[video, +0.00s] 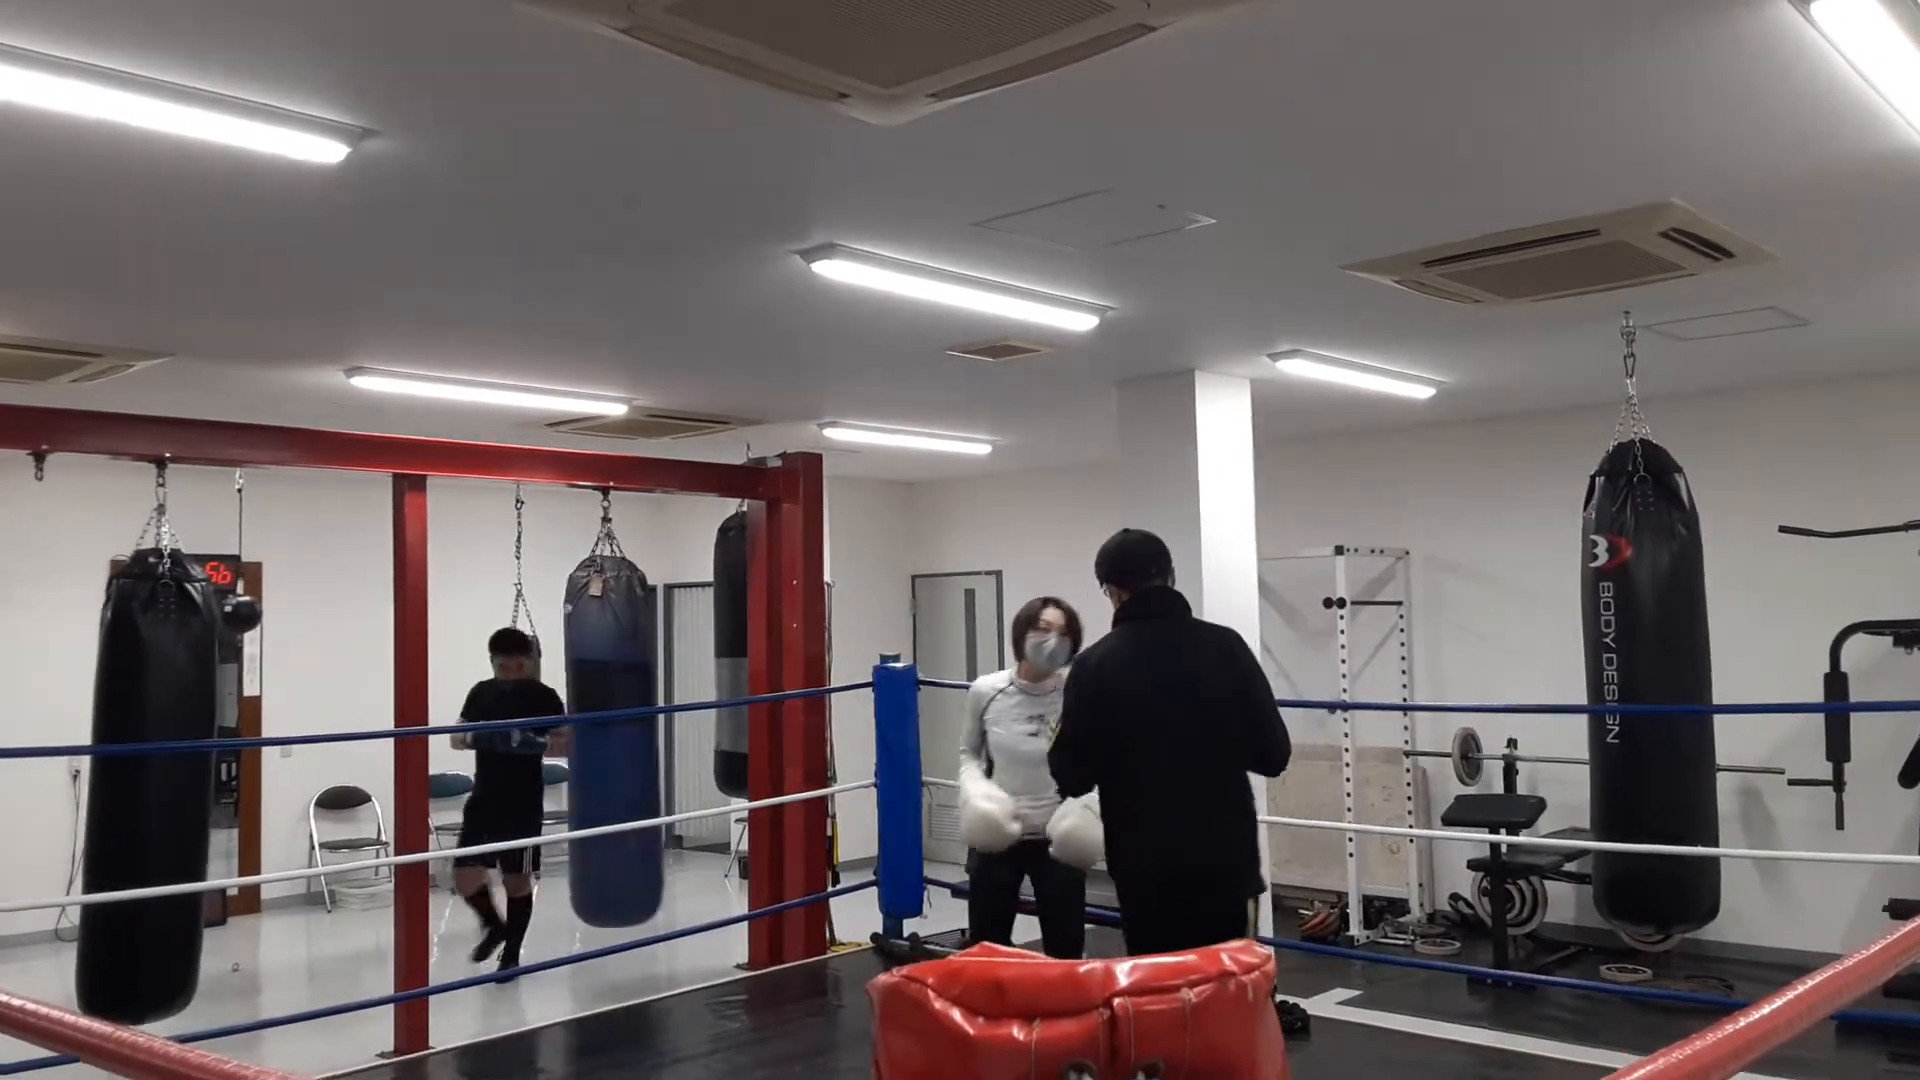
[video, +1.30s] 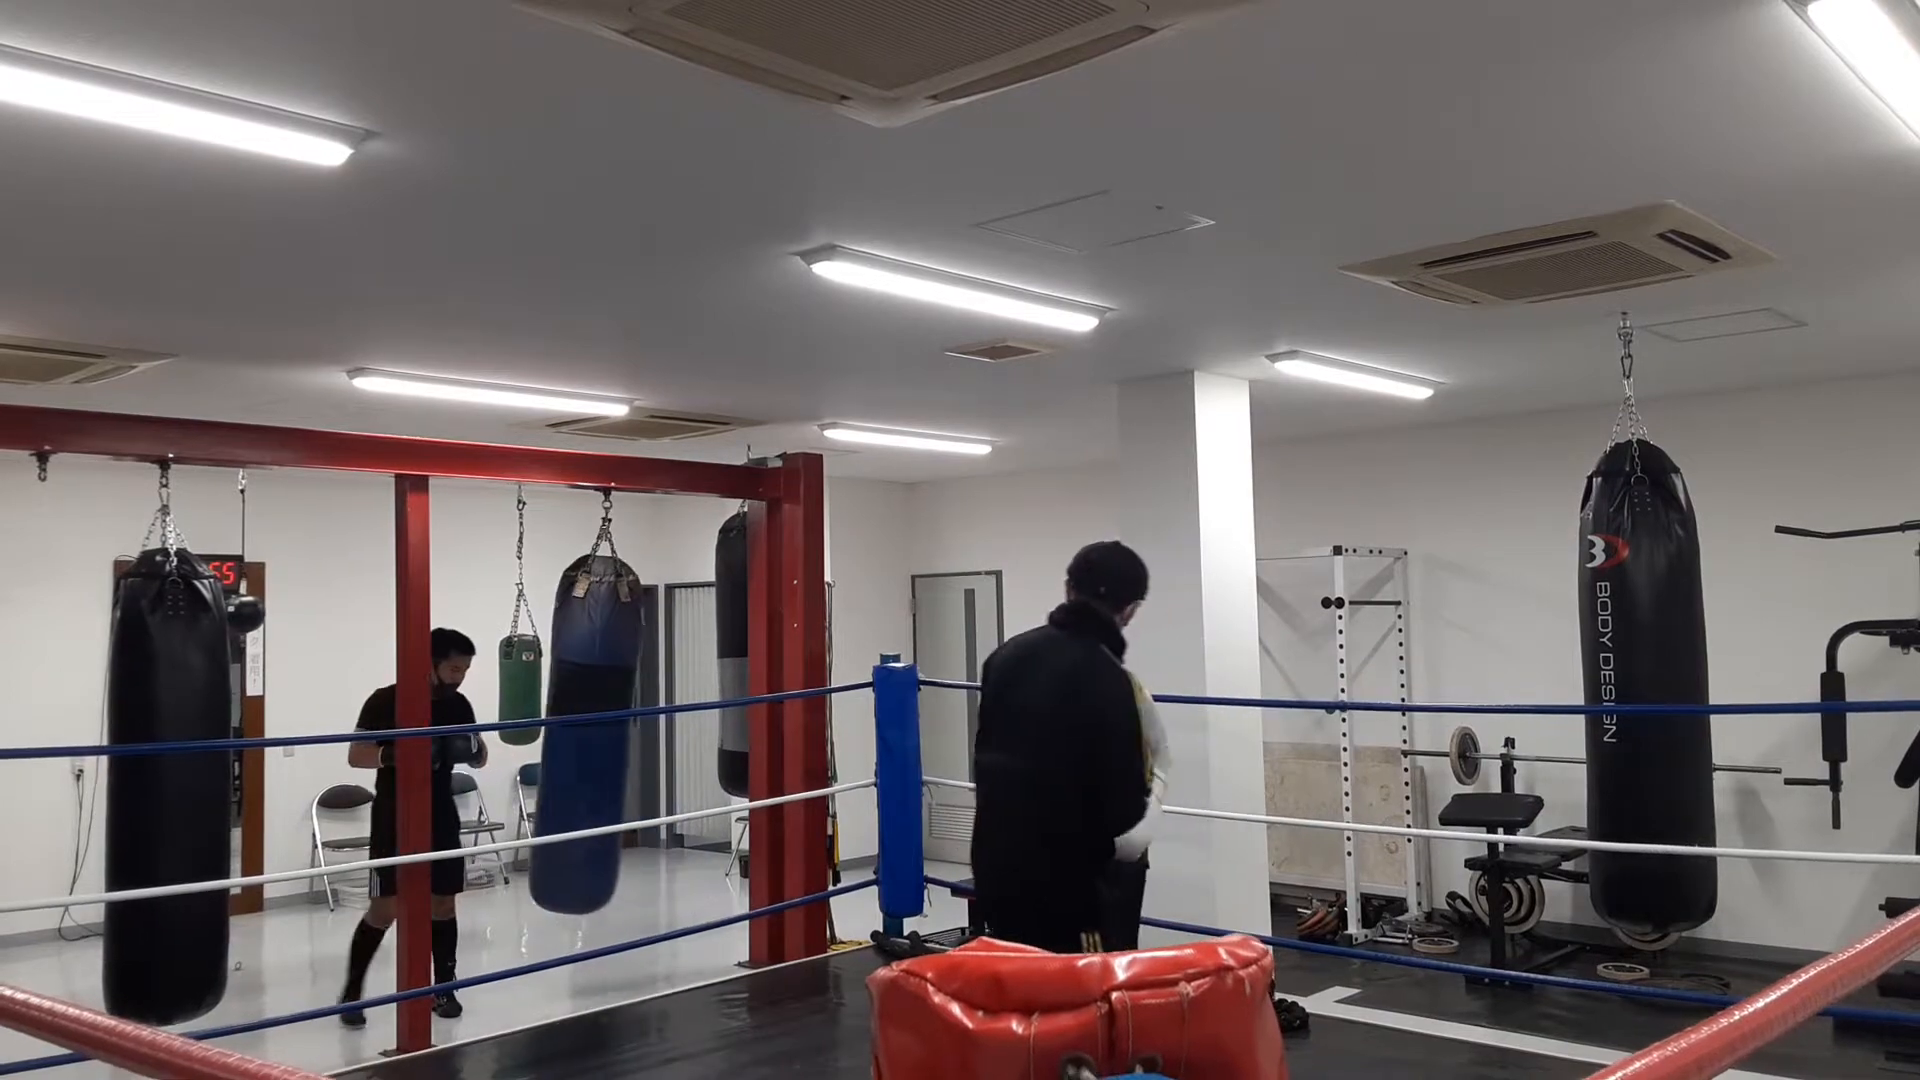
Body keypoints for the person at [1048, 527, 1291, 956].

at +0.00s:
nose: (1107, 600)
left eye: (1106, 592)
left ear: (1114, 592)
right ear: (1168, 577)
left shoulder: (1094, 665)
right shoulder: (1225, 646)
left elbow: (1071, 776)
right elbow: (1274, 756)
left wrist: (1118, 734)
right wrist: (1212, 731)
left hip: (1144, 868)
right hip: (1224, 862)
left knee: (1158, 997)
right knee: (1228, 997)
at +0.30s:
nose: (1117, 589)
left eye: (1117, 581)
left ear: (1122, 583)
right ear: (1182, 583)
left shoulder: (1085, 656)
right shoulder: (1212, 660)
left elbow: (1051, 756)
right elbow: (1243, 780)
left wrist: (1107, 726)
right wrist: (1191, 735)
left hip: (1111, 869)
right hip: (1190, 870)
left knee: (1130, 1000)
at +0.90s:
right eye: (1185, 603)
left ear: (1115, 584)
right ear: (1179, 606)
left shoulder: (1049, 648)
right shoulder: (1179, 692)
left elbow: (1019, 742)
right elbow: (1179, 796)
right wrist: (1123, 763)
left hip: (1046, 856)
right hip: (1123, 869)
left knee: (1067, 989)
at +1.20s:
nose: (1151, 616)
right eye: (1154, 607)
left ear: (1085, 586)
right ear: (1147, 610)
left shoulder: (1020, 654)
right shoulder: (1134, 684)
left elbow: (989, 746)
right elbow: (1146, 807)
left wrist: (1029, 794)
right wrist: (1097, 830)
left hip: (1011, 864)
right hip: (1089, 874)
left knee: (1027, 998)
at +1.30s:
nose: (1131, 619)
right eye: (1134, 610)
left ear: (1070, 588)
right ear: (1127, 610)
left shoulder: (1004, 658)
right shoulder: (1112, 684)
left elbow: (985, 763)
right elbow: (1125, 808)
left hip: (997, 864)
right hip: (1071, 872)